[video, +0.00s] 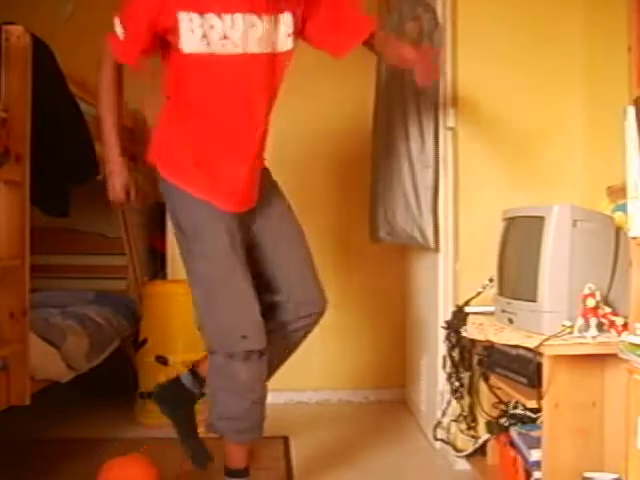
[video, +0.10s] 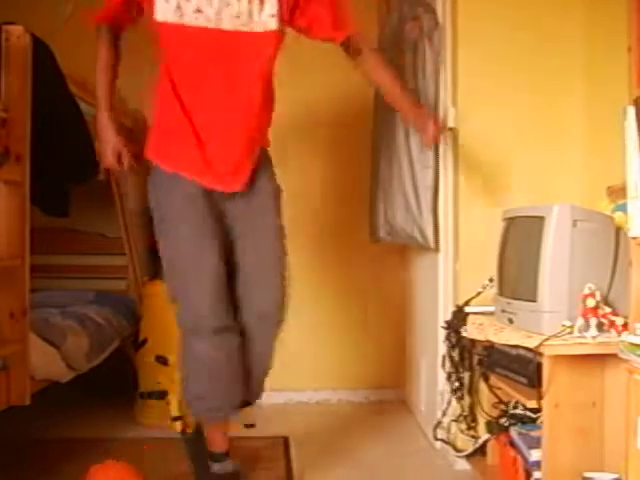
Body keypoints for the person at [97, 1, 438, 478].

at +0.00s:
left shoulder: (294, 4)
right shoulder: (165, 6)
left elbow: (367, 34)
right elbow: (112, 58)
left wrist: (412, 56)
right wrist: (114, 158)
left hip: (248, 169)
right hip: (190, 173)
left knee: (302, 305)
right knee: (241, 341)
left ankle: (185, 390)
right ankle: (237, 472)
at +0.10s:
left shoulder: (285, 2)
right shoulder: (156, 1)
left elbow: (354, 45)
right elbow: (109, 25)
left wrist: (413, 110)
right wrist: (105, 119)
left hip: (249, 161)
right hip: (178, 162)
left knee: (264, 308)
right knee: (205, 310)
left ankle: (209, 414)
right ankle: (218, 445)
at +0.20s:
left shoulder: (279, 7)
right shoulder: (138, 3)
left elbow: (336, 72)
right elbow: (101, 46)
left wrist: (376, 155)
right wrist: (86, 123)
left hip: (238, 176)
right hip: (161, 172)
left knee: (237, 308)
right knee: (147, 294)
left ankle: (236, 439)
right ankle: (171, 426)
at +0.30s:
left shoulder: (267, 8)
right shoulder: (135, 6)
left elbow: (302, 88)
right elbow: (95, 55)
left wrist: (328, 171)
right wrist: (66, 104)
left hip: (220, 186)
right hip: (144, 175)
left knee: (233, 321)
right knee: (96, 286)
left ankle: (237, 452)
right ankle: (138, 425)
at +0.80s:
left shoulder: (198, 15)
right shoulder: (86, 9)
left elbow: (233, 102)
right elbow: (41, 89)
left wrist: (274, 121)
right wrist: (57, 180)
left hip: (165, 189)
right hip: (105, 196)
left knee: (247, 255)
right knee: (114, 332)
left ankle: (201, 390)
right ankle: (90, 450)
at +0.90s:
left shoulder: (204, 8)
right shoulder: (100, 3)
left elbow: (223, 87)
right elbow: (49, 74)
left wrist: (266, 109)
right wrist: (66, 162)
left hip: (169, 176)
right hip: (108, 179)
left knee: (228, 268)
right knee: (98, 308)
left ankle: (168, 388)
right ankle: (69, 442)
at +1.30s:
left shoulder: (201, 21)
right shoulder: (102, 4)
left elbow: (204, 104)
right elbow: (47, 74)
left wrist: (237, 177)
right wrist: (73, 146)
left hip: (162, 190)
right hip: (103, 182)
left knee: (173, 312)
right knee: (127, 318)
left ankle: (145, 424)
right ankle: (105, 454)